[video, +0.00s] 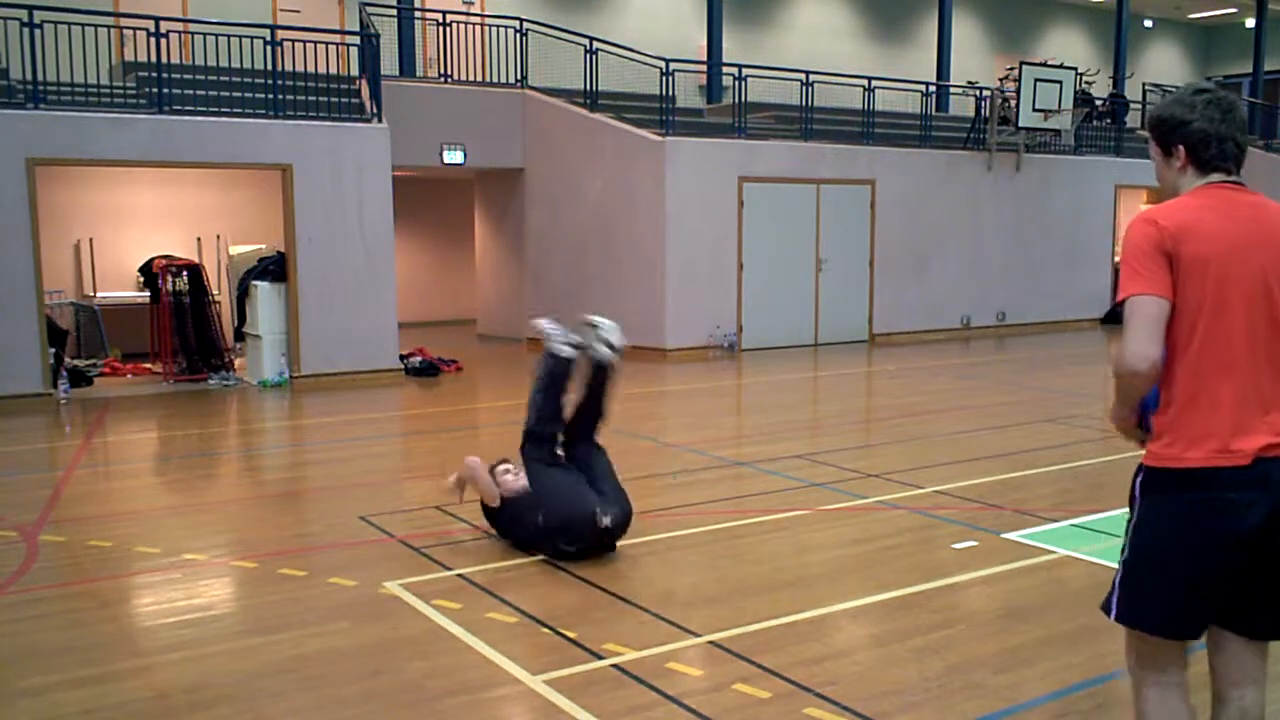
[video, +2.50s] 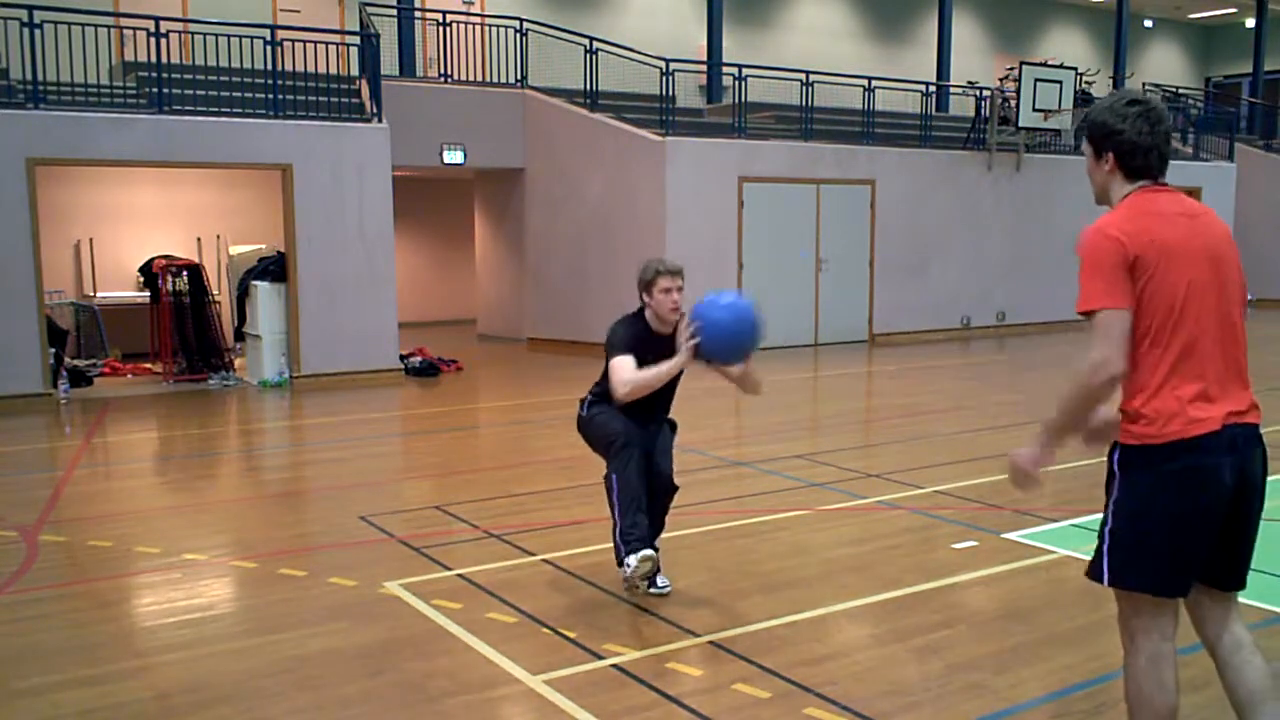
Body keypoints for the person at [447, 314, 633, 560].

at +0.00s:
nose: (515, 472)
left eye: (515, 469)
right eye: (506, 473)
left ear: (526, 473)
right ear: (497, 487)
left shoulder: (549, 493)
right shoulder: (502, 513)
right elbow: (473, 464)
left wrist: (591, 363)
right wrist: (460, 480)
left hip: (615, 520)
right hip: (574, 528)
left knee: (580, 440)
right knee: (538, 447)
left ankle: (602, 362)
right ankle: (558, 356)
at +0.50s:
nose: (499, 490)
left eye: (497, 490)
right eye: (492, 495)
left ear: (504, 490)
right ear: (491, 507)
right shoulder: (498, 523)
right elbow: (440, 487)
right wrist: (453, 520)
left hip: (590, 445)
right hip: (556, 449)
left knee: (525, 449)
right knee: (495, 467)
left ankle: (491, 391)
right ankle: (466, 398)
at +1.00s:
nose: (518, 475)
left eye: (519, 472)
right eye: (509, 474)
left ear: (527, 475)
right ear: (496, 490)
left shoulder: (549, 486)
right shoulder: (498, 512)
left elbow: (570, 453)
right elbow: (456, 480)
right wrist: (454, 496)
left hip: (609, 523)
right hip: (570, 531)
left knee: (581, 454)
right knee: (531, 450)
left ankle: (602, 408)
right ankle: (574, 399)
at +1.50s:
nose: (620, 400)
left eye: (623, 393)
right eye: (612, 393)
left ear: (627, 395)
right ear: (591, 395)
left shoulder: (636, 426)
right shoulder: (570, 423)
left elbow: (700, 438)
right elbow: (584, 445)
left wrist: (751, 435)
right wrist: (630, 435)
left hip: (623, 518)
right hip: (579, 527)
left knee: (646, 455)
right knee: (609, 521)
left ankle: (637, 562)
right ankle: (689, 575)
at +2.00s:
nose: (679, 365)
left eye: (683, 357)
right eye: (670, 358)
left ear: (688, 357)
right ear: (649, 358)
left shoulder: (689, 386)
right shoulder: (631, 376)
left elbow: (742, 390)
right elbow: (635, 391)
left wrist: (789, 381)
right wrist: (686, 380)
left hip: (642, 471)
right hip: (594, 470)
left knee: (671, 479)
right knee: (638, 461)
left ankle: (642, 563)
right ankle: (667, 568)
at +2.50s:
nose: (676, 298)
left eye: (679, 290)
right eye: (666, 292)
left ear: (684, 293)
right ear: (646, 298)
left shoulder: (688, 331)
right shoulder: (625, 331)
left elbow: (751, 386)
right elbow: (622, 389)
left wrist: (739, 361)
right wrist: (679, 359)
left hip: (653, 420)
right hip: (607, 413)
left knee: (661, 483)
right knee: (627, 444)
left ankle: (645, 561)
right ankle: (634, 555)